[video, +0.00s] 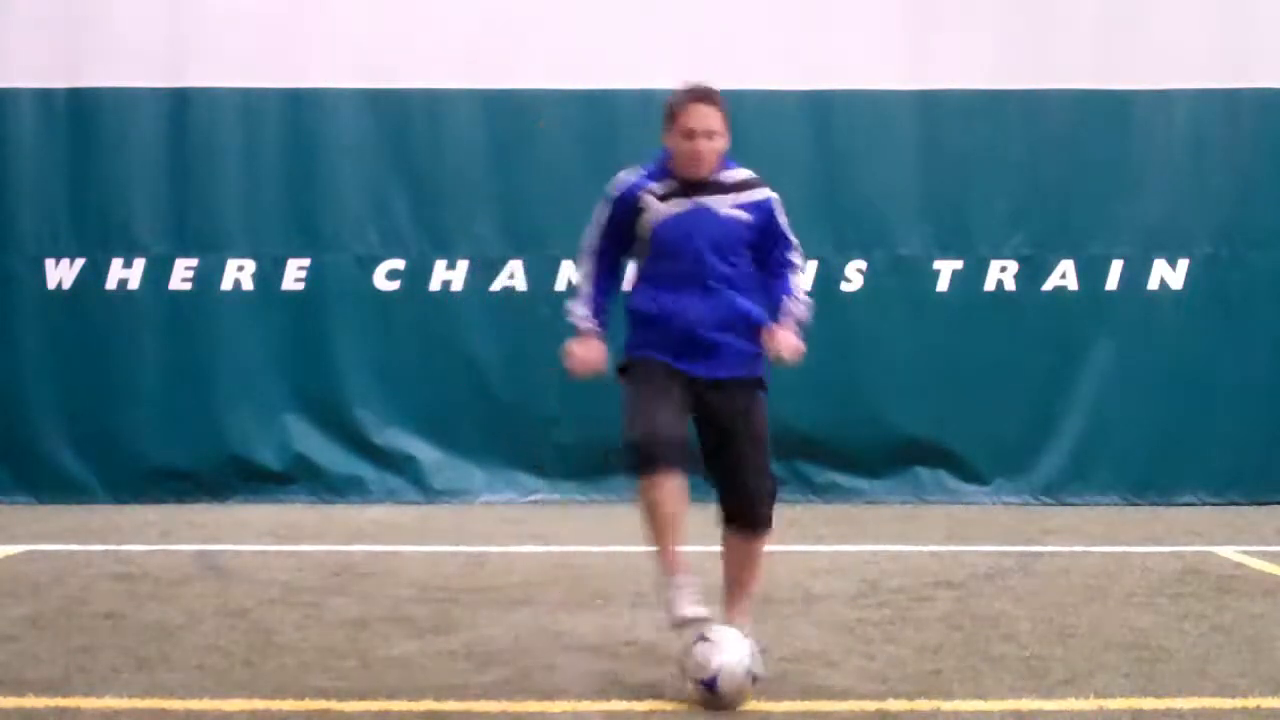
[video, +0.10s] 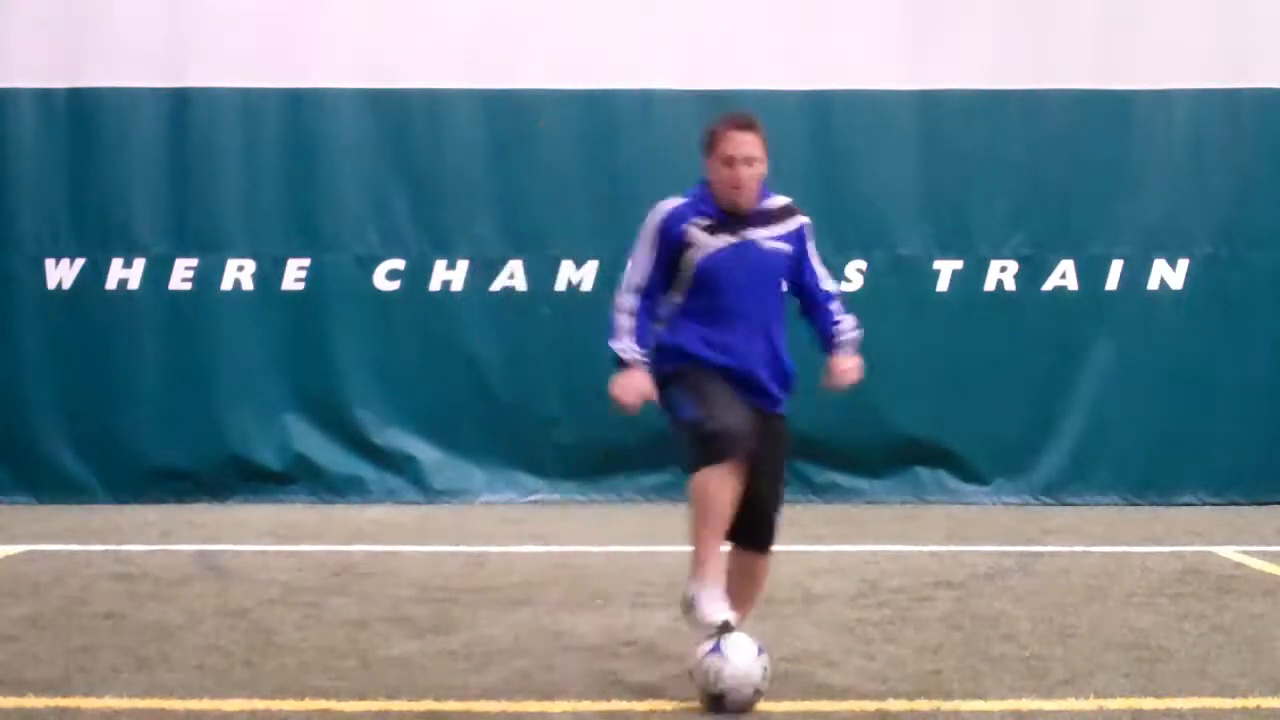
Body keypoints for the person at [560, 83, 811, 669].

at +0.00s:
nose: (702, 146)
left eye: (712, 136)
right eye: (691, 135)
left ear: (727, 139)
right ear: (668, 137)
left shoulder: (754, 195)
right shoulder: (634, 193)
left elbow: (789, 265)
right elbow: (599, 261)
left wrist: (789, 320)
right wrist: (587, 327)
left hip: (732, 361)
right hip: (657, 357)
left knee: (750, 493)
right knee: (660, 451)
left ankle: (737, 623)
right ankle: (678, 580)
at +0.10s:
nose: (740, 172)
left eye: (750, 162)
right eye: (728, 161)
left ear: (765, 167)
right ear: (708, 166)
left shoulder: (789, 223)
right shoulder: (676, 219)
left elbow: (819, 290)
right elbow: (633, 294)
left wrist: (843, 344)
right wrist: (631, 362)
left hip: (761, 380)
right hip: (693, 367)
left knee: (758, 515)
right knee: (728, 436)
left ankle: (731, 635)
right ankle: (705, 585)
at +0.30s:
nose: (828, 165)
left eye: (838, 154)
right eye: (816, 153)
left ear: (848, 154)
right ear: (790, 153)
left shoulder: (846, 207)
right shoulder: (754, 200)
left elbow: (854, 259)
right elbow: (702, 268)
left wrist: (879, 303)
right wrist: (688, 352)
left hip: (803, 365)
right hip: (747, 359)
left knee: (813, 509)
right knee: (832, 463)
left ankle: (723, 582)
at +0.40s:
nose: (867, 198)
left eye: (876, 186)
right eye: (855, 186)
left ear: (885, 187)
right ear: (827, 183)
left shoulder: (871, 229)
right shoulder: (799, 228)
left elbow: (865, 283)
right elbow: (748, 302)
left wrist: (887, 317)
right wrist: (714, 385)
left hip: (825, 397)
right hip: (785, 399)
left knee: (849, 521)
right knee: (867, 516)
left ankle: (730, 567)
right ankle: (885, 662)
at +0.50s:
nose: (895, 239)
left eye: (905, 227)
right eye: (883, 224)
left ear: (915, 226)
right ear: (857, 219)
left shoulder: (884, 273)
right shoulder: (835, 271)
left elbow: (879, 324)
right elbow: (793, 350)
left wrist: (897, 351)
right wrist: (758, 433)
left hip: (846, 434)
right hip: (817, 437)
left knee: (885, 546)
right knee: (909, 531)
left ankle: (756, 552)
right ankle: (885, 664)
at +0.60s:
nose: (895, 235)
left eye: (906, 223)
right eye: (884, 220)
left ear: (915, 224)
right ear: (856, 216)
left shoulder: (890, 268)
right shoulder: (833, 266)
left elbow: (890, 329)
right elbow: (792, 343)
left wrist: (914, 360)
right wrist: (767, 425)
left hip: (860, 434)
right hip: (823, 438)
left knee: (889, 543)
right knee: (913, 530)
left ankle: (762, 559)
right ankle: (885, 664)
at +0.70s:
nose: (876, 199)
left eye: (885, 188)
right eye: (863, 186)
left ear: (895, 188)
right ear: (837, 183)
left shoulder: (884, 231)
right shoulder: (803, 229)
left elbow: (888, 292)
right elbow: (743, 294)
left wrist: (916, 337)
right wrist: (730, 366)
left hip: (852, 403)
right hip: (801, 403)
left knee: (897, 508)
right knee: (877, 513)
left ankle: (764, 551)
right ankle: (883, 659)